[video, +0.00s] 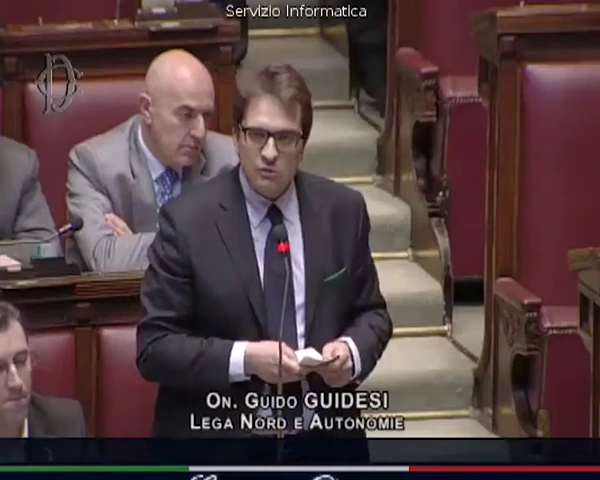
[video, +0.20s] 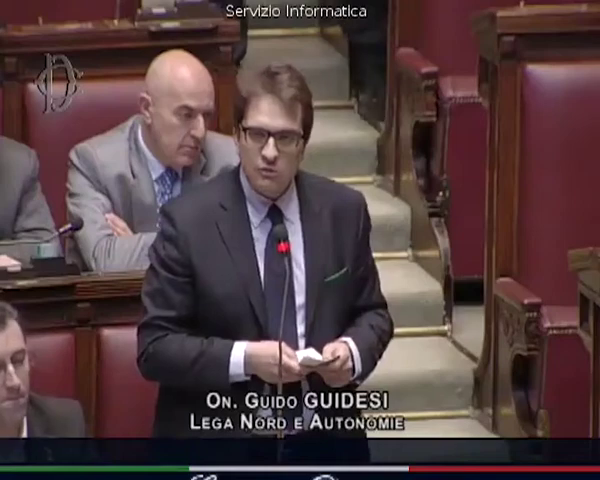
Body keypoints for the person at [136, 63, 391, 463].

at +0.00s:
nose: (270, 152)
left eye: (285, 138)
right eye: (256, 135)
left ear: (304, 142)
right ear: (237, 136)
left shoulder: (344, 210)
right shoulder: (186, 218)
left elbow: (373, 314)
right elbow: (154, 348)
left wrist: (352, 352)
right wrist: (245, 358)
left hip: (323, 437)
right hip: (216, 440)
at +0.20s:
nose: (270, 152)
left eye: (286, 137)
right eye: (256, 135)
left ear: (304, 142)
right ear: (237, 136)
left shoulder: (345, 210)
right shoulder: (186, 218)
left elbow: (374, 315)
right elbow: (154, 348)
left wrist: (351, 352)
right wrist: (245, 357)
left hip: (324, 437)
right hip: (217, 440)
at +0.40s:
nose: (271, 152)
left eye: (287, 137)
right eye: (258, 134)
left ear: (307, 142)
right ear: (240, 134)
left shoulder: (348, 210)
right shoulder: (190, 215)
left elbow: (377, 316)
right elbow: (157, 347)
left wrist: (353, 353)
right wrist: (246, 357)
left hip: (326, 438)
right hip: (219, 440)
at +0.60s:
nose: (272, 151)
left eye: (288, 137)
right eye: (259, 133)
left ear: (309, 141)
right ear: (241, 133)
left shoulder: (351, 210)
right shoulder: (191, 215)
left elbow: (380, 317)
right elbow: (159, 346)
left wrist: (354, 354)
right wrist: (247, 357)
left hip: (328, 439)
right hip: (220, 442)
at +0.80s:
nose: (273, 152)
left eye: (290, 137)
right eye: (260, 134)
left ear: (311, 143)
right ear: (242, 133)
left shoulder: (352, 210)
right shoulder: (193, 215)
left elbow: (381, 318)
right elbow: (160, 345)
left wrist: (354, 355)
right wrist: (247, 356)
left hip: (328, 438)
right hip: (221, 441)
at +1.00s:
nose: (274, 152)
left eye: (290, 139)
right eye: (261, 134)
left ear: (311, 142)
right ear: (243, 132)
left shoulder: (353, 210)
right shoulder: (193, 215)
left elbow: (382, 319)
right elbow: (161, 345)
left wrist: (354, 355)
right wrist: (248, 356)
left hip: (328, 437)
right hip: (221, 442)